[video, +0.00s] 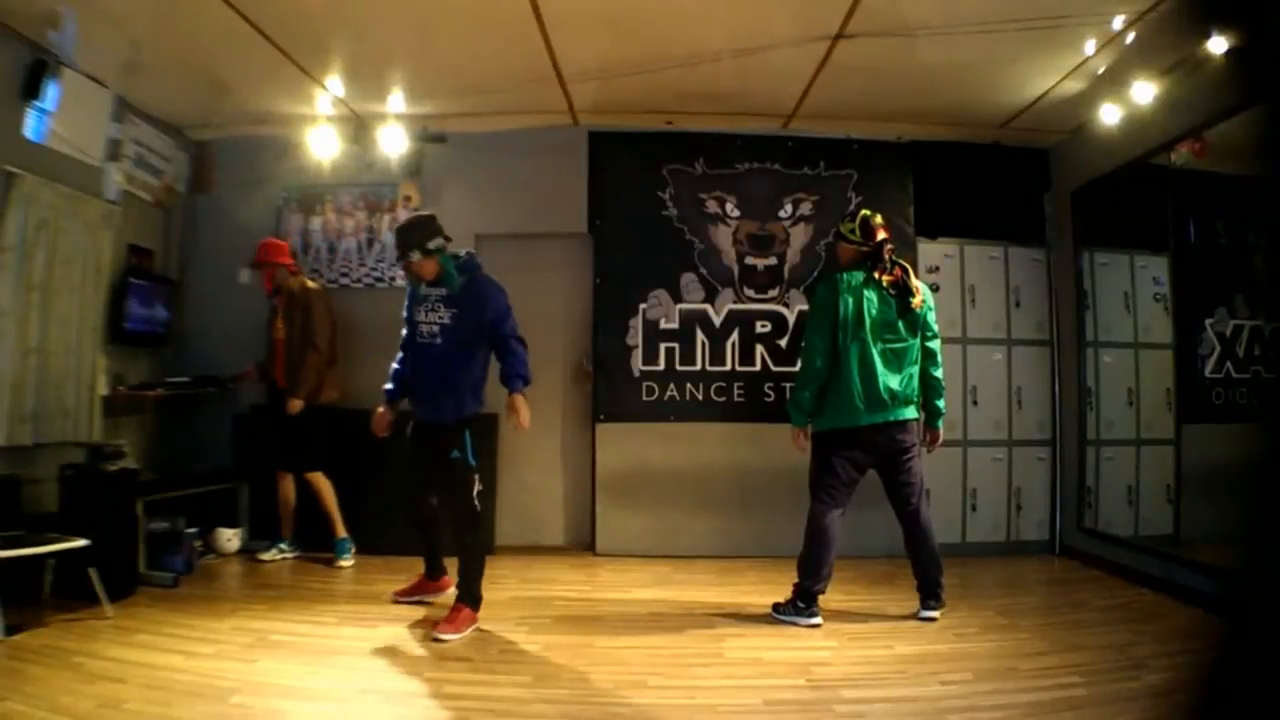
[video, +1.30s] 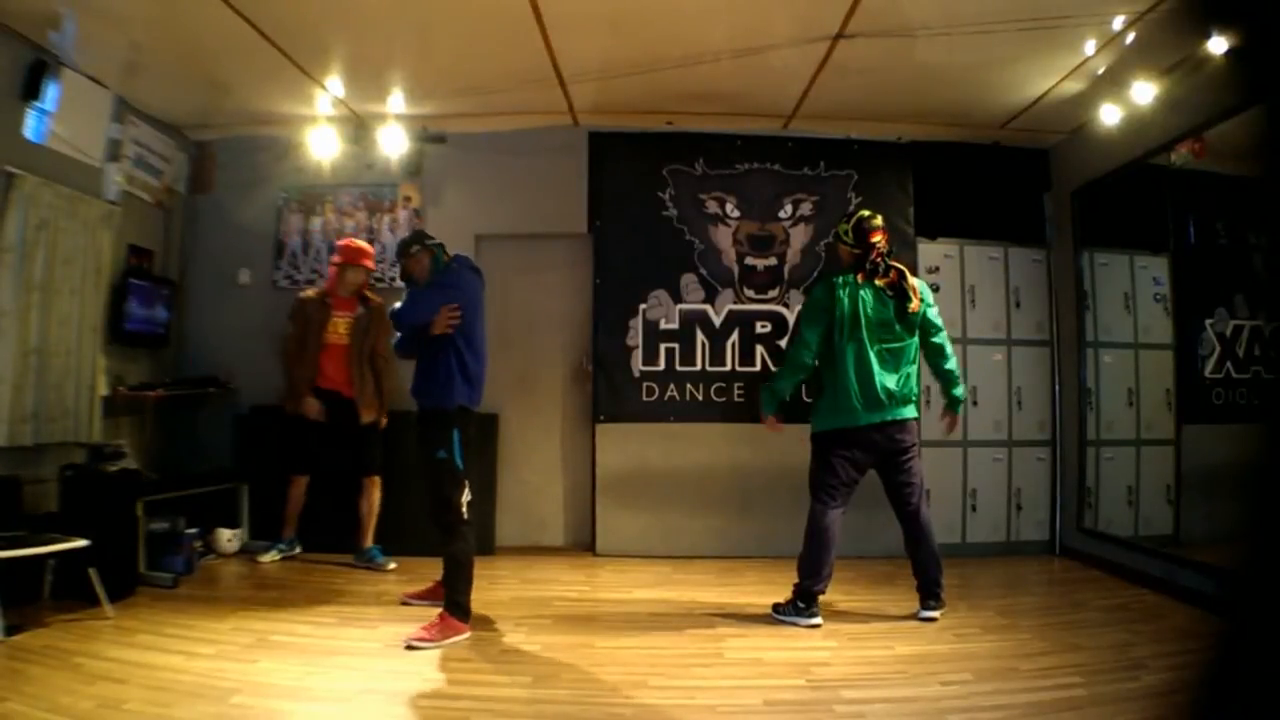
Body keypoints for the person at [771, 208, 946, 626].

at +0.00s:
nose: (834, 248)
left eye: (840, 243)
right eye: (837, 241)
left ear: (857, 248)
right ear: (880, 247)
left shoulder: (833, 287)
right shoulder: (915, 290)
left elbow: (816, 356)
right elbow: (932, 358)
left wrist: (800, 411)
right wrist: (934, 415)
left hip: (844, 419)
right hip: (900, 420)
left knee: (827, 506)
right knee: (914, 508)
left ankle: (806, 600)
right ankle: (931, 598)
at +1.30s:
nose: (835, 250)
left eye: (840, 245)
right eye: (838, 243)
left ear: (852, 249)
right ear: (880, 246)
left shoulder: (830, 290)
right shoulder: (912, 288)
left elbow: (804, 352)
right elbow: (938, 344)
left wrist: (773, 396)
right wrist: (954, 392)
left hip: (842, 422)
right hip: (899, 420)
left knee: (827, 506)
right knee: (914, 508)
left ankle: (806, 600)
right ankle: (931, 598)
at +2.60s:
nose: (838, 245)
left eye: (844, 239)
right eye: (840, 238)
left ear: (860, 245)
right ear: (883, 244)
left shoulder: (832, 287)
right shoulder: (918, 288)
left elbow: (818, 356)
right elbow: (928, 357)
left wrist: (813, 413)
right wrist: (921, 411)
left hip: (847, 417)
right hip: (901, 417)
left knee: (830, 506)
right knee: (916, 508)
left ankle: (806, 599)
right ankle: (932, 597)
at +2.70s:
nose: (840, 245)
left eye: (846, 238)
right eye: (843, 238)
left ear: (861, 245)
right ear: (886, 245)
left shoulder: (833, 287)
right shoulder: (920, 288)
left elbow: (810, 350)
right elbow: (936, 358)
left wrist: (800, 406)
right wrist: (932, 413)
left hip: (846, 418)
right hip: (902, 418)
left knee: (829, 507)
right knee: (916, 508)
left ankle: (806, 599)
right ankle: (932, 597)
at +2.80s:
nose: (841, 244)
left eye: (847, 238)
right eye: (844, 237)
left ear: (862, 245)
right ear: (887, 244)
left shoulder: (833, 287)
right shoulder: (920, 288)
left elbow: (806, 347)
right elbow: (939, 357)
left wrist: (796, 403)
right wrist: (935, 412)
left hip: (845, 419)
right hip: (903, 419)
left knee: (830, 507)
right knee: (916, 508)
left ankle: (806, 599)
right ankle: (931, 597)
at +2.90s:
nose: (842, 244)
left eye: (848, 237)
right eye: (846, 237)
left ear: (862, 245)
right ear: (889, 245)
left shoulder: (833, 286)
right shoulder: (921, 287)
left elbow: (806, 348)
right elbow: (936, 356)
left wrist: (817, 380)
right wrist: (917, 388)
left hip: (845, 419)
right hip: (902, 419)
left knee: (830, 506)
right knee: (916, 507)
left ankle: (806, 599)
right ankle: (931, 598)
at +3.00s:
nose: (842, 243)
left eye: (848, 236)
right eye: (846, 235)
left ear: (863, 245)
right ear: (887, 246)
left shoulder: (837, 285)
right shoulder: (918, 285)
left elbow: (807, 341)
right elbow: (924, 349)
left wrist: (843, 349)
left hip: (847, 416)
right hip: (903, 417)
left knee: (830, 505)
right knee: (916, 507)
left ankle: (806, 600)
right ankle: (932, 598)